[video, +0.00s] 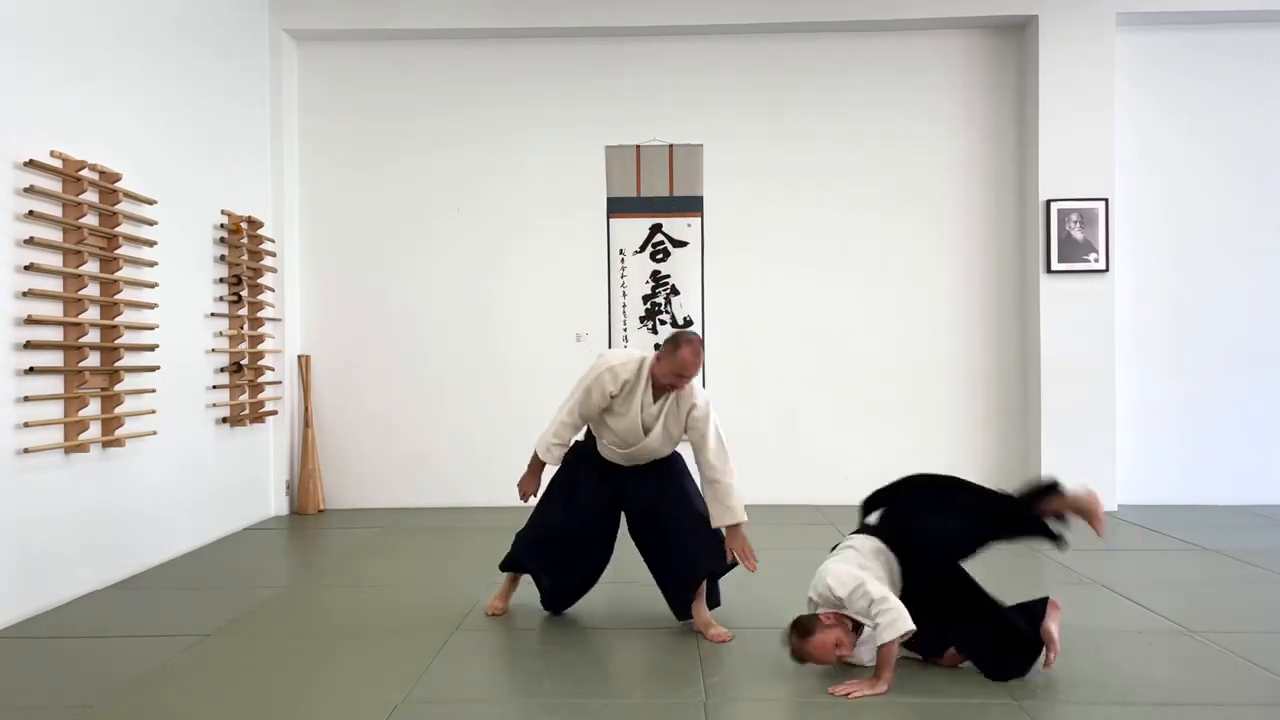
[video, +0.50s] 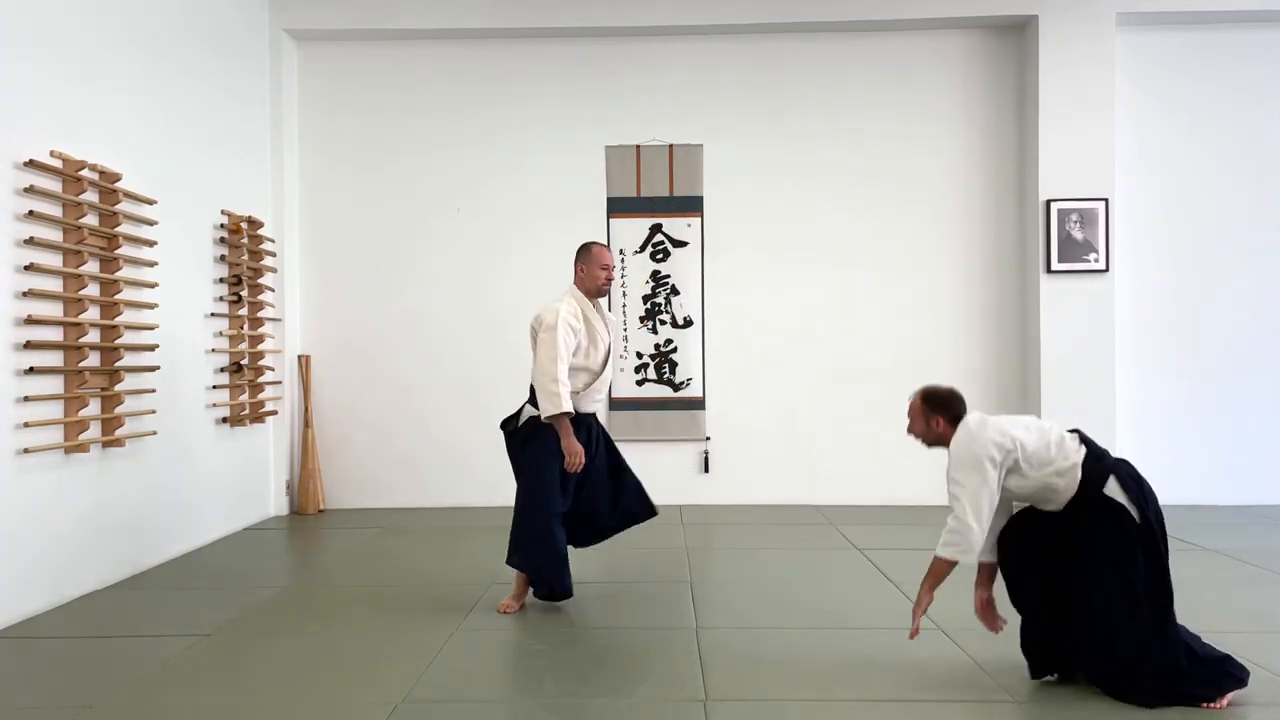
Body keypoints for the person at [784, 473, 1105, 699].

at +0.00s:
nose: (845, 653)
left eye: (839, 649)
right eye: (840, 657)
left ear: (827, 621)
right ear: (835, 630)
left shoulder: (838, 581)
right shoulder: (853, 637)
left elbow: (890, 615)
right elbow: (899, 636)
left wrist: (881, 678)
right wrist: (933, 655)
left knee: (995, 520)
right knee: (999, 656)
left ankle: (1063, 504)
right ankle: (1039, 619)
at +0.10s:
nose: (835, 642)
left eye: (828, 636)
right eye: (826, 641)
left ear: (831, 605)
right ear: (833, 608)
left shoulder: (860, 570)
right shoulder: (851, 596)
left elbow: (902, 619)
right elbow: (906, 625)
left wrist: (883, 681)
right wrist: (933, 654)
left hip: (965, 531)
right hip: (947, 571)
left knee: (1053, 581)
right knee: (943, 644)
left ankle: (1158, 598)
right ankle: (1039, 632)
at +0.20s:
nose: (837, 591)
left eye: (836, 583)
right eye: (832, 585)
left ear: (857, 564)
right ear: (853, 561)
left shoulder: (898, 547)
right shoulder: (877, 552)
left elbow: (912, 620)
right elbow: (925, 595)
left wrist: (881, 682)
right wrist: (943, 642)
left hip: (1010, 539)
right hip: (976, 560)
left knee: (1076, 629)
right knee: (964, 640)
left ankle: (1186, 664)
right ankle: (1052, 664)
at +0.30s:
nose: (868, 530)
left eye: (869, 522)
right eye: (867, 523)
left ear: (893, 515)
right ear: (898, 511)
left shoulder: (943, 521)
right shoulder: (931, 519)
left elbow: (925, 600)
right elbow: (947, 589)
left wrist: (878, 673)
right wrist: (951, 649)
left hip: (1068, 539)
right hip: (1029, 547)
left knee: (1082, 657)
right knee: (974, 580)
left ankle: (1195, 669)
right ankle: (1022, 660)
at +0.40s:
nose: (897, 478)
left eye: (900, 470)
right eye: (897, 470)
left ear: (925, 471)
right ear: (932, 466)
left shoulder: (966, 485)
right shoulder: (965, 480)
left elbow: (946, 563)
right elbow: (972, 566)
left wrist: (899, 629)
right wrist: (964, 630)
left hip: (1099, 526)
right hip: (1064, 525)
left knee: (1095, 654)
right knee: (999, 559)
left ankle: (1203, 673)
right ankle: (1043, 657)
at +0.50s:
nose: (909, 427)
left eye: (913, 419)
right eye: (909, 419)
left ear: (938, 421)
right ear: (945, 418)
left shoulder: (971, 441)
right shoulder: (979, 435)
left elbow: (965, 525)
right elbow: (994, 517)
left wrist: (928, 588)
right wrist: (983, 587)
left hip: (1108, 501)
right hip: (1068, 504)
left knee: (1113, 613)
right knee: (1017, 544)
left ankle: (1207, 677)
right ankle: (1070, 656)